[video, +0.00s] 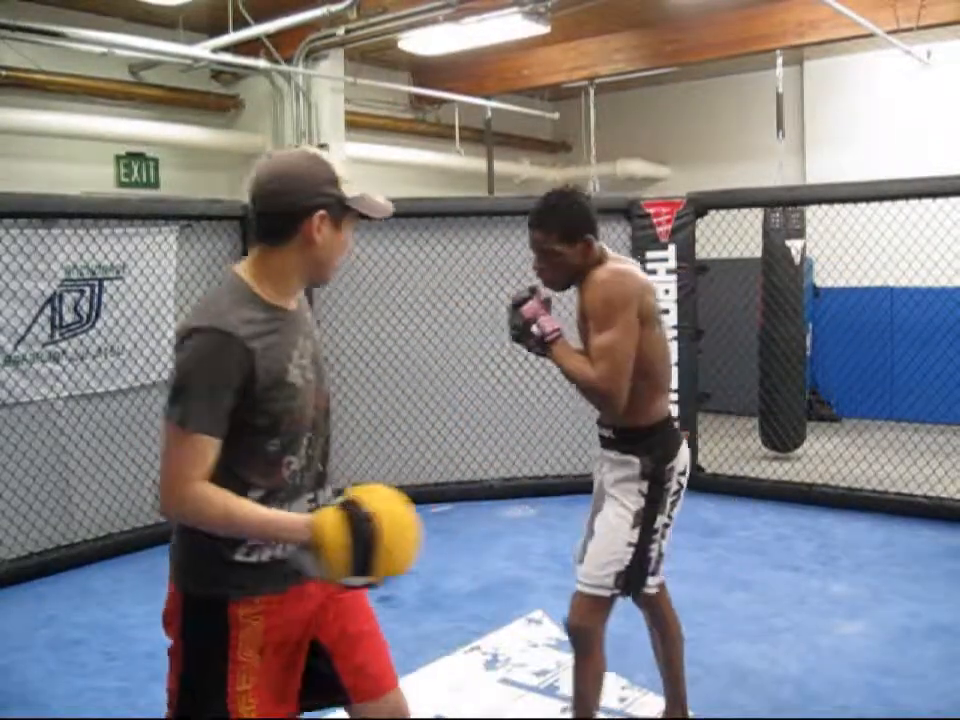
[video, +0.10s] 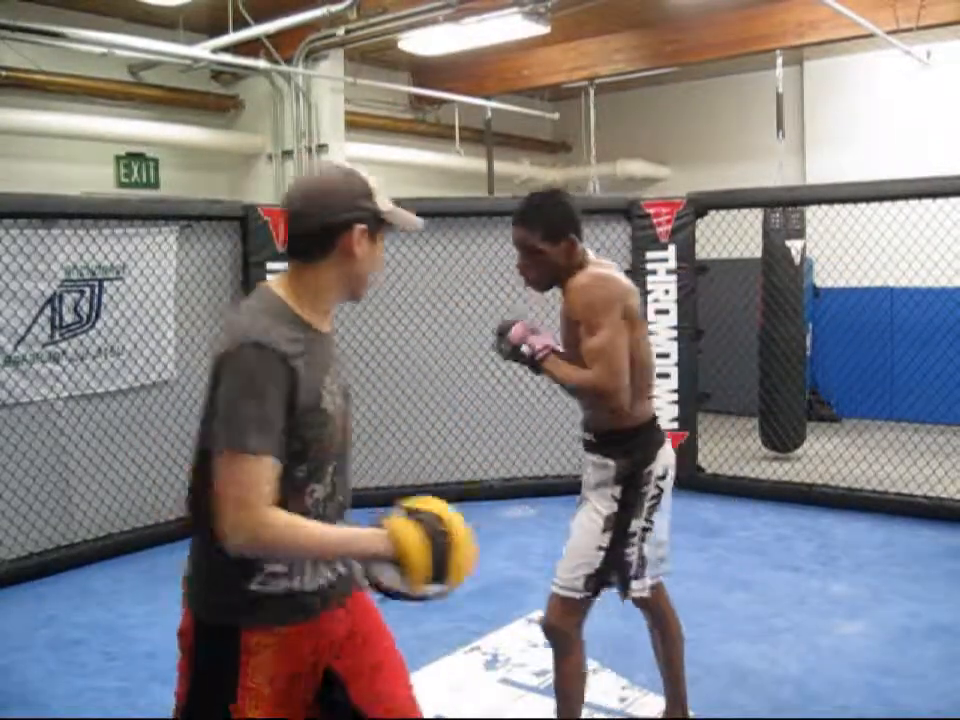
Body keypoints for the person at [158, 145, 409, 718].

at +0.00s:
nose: (350, 244)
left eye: (352, 228)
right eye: (348, 227)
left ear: (306, 227)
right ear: (317, 227)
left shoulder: (293, 301)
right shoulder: (219, 334)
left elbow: (275, 456)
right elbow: (181, 494)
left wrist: (343, 519)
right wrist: (313, 529)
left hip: (316, 579)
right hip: (236, 599)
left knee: (385, 708)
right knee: (224, 711)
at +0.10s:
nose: (383, 257)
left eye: (384, 240)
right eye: (382, 239)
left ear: (327, 240)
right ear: (356, 241)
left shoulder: (312, 326)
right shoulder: (257, 350)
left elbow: (294, 501)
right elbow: (243, 524)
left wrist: (364, 564)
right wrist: (386, 541)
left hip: (335, 607)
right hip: (252, 627)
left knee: (394, 710)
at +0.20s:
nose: (432, 258)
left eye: (431, 242)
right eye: (430, 242)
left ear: (351, 241)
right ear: (409, 245)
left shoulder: (355, 336)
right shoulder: (317, 350)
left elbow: (336, 509)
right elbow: (311, 531)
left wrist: (432, 552)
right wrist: (449, 549)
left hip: (370, 621)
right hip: (292, 644)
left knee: (427, 709)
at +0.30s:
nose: (471, 252)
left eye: (471, 235)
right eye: (473, 235)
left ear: (389, 229)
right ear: (456, 237)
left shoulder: (383, 316)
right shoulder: (373, 327)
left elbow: (376, 498)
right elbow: (369, 512)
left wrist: (476, 544)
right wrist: (492, 543)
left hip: (416, 625)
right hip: (348, 649)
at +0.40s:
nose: (505, 231)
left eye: (505, 216)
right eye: (505, 214)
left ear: (412, 210)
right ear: (495, 215)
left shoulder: (397, 290)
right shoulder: (433, 307)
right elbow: (417, 493)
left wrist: (508, 529)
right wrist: (529, 531)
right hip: (418, 629)